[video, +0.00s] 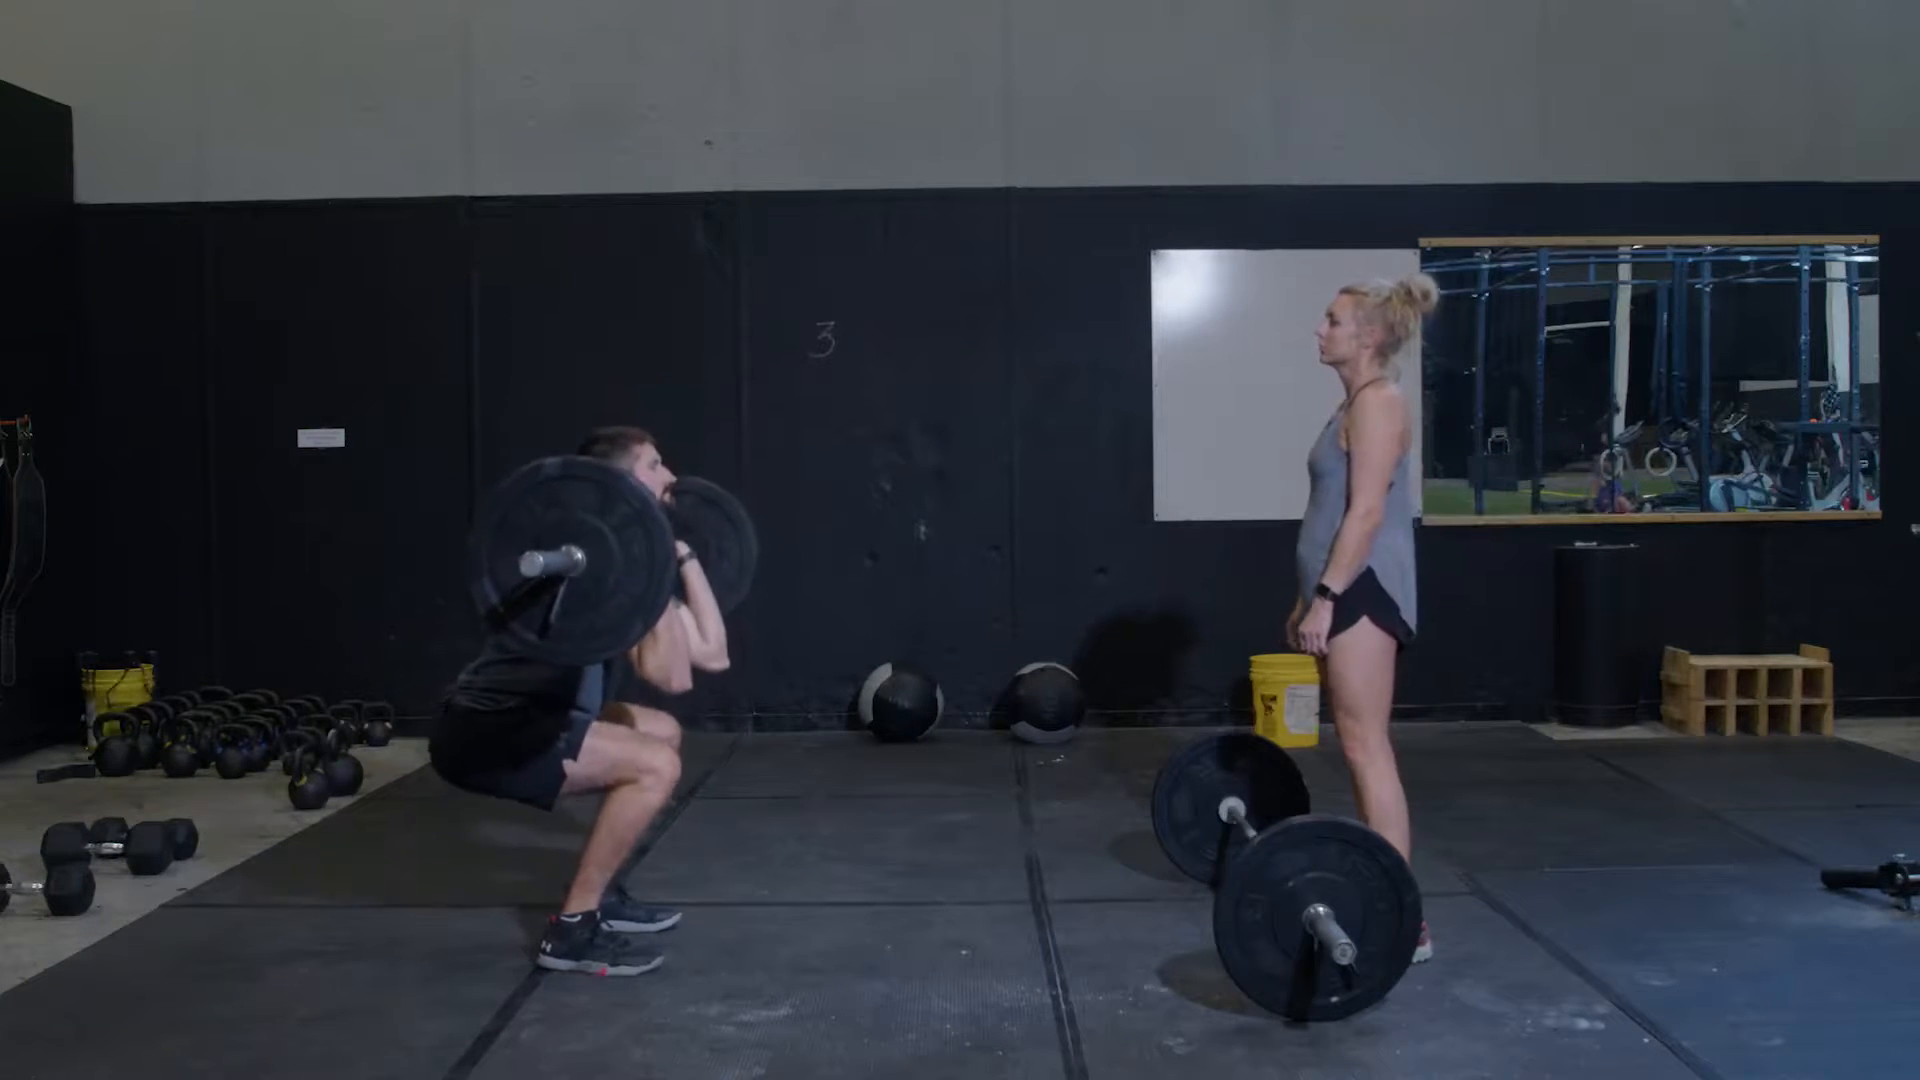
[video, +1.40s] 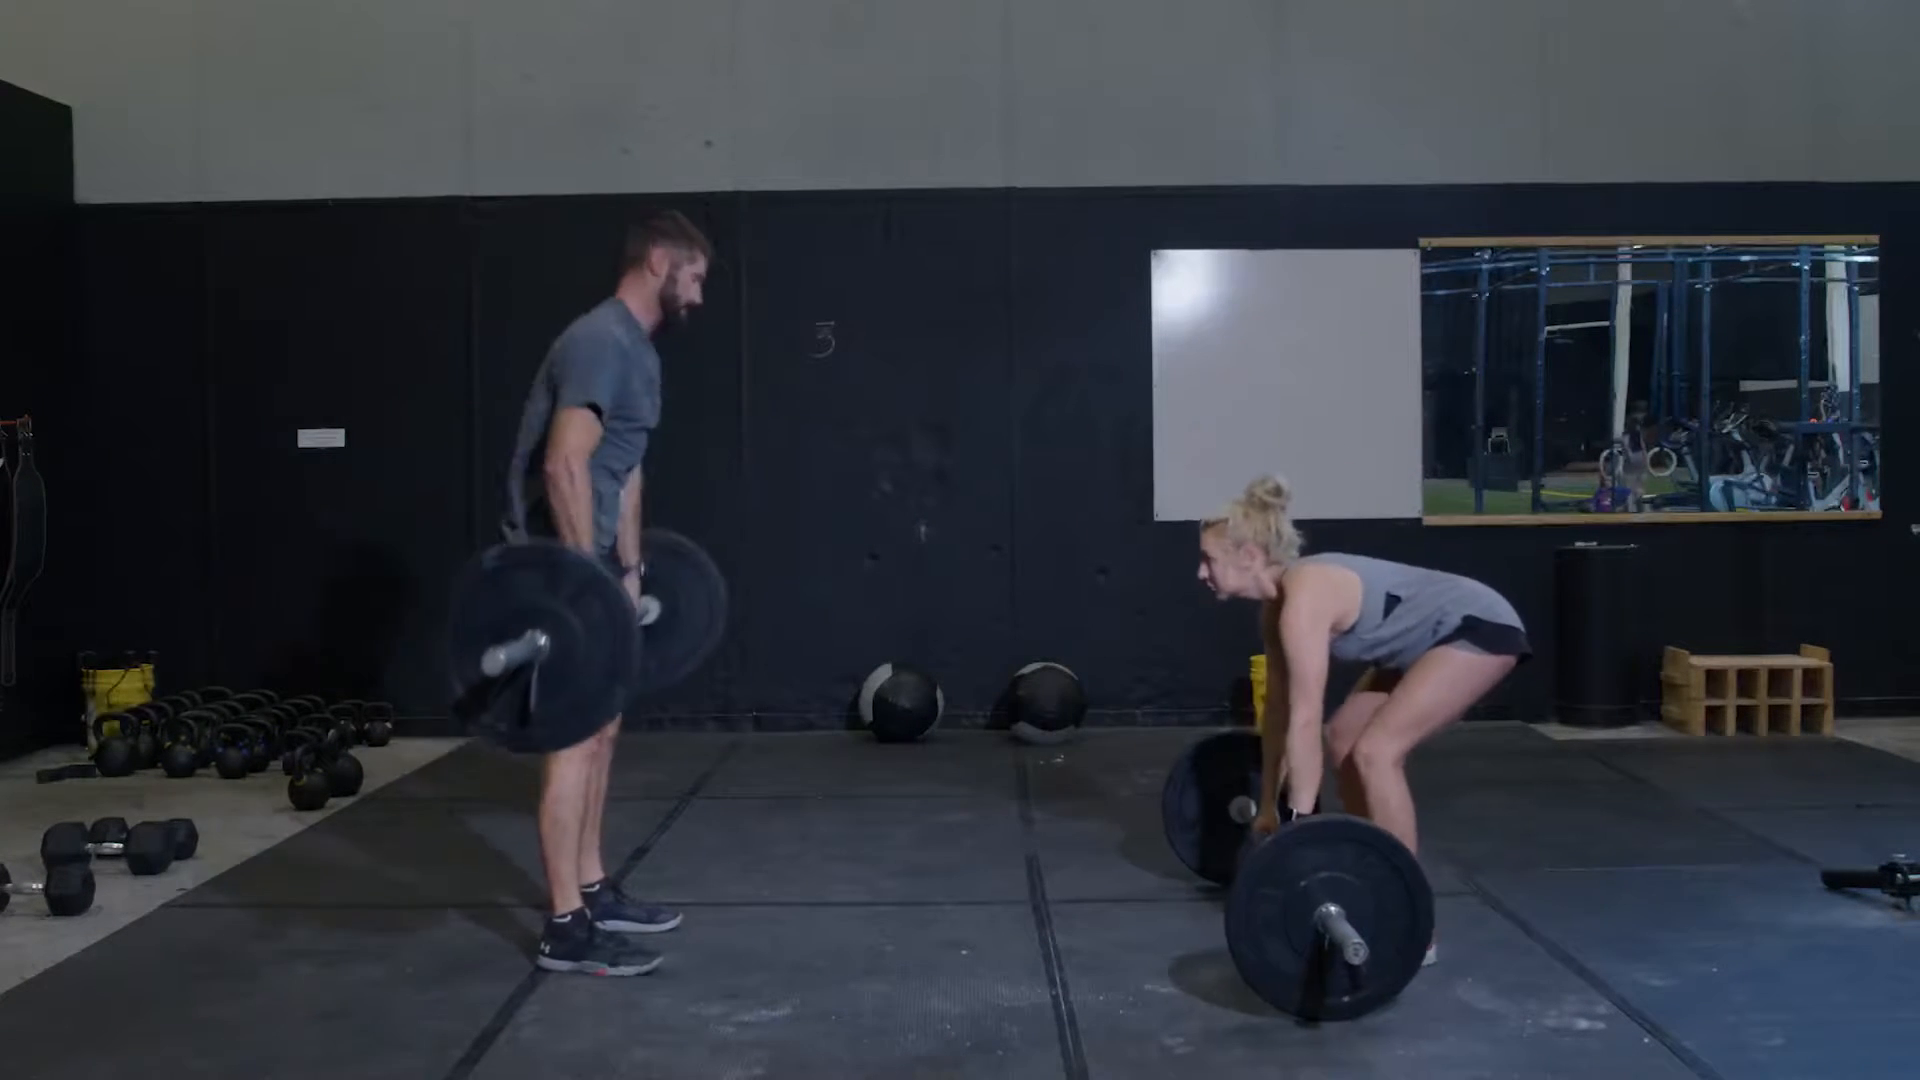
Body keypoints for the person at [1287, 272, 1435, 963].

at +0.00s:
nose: (1321, 330)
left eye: (1334, 322)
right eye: (1325, 320)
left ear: (1370, 335)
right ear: (1358, 337)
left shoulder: (1378, 402)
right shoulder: (1356, 403)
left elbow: (1366, 512)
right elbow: (1339, 514)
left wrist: (1326, 596)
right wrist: (1310, 595)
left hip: (1366, 590)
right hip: (1346, 590)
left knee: (1366, 746)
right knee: (1357, 743)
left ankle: (1398, 912)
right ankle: (1383, 903)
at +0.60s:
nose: (1279, 379)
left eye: (1282, 365)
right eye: (1274, 369)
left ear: (1318, 347)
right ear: (1312, 350)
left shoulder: (1364, 405)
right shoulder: (1337, 417)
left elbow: (1361, 519)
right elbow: (1332, 528)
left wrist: (1334, 612)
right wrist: (1308, 618)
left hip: (1401, 588)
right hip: (1365, 591)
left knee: (1382, 748)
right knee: (1348, 743)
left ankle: (1402, 919)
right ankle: (1370, 903)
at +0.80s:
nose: (1235, 453)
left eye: (1236, 439)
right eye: (1228, 443)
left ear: (1266, 415)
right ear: (1259, 418)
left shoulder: (1327, 457)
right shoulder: (1295, 476)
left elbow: (1336, 573)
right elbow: (1303, 578)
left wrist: (1328, 673)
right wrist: (1299, 673)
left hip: (1448, 595)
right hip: (1395, 606)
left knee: (1396, 743)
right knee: (1360, 739)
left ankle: (1407, 921)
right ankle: (1369, 901)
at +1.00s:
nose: (1212, 547)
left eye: (1214, 532)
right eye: (1207, 535)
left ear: (1244, 509)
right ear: (1243, 512)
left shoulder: (1303, 548)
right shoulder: (1280, 561)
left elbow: (1306, 667)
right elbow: (1280, 669)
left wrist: (1291, 771)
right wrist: (1269, 758)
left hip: (1473, 612)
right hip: (1420, 623)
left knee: (1388, 749)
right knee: (1351, 739)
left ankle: (1407, 924)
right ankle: (1368, 901)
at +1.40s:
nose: (1202, 574)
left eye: (1209, 561)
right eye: (1202, 562)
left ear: (1252, 556)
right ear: (1252, 559)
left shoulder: (1306, 598)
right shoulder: (1279, 603)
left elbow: (1305, 718)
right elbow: (1275, 713)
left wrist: (1298, 825)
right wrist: (1269, 806)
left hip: (1480, 629)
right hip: (1426, 636)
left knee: (1376, 752)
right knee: (1339, 740)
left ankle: (1407, 923)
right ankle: (1374, 893)